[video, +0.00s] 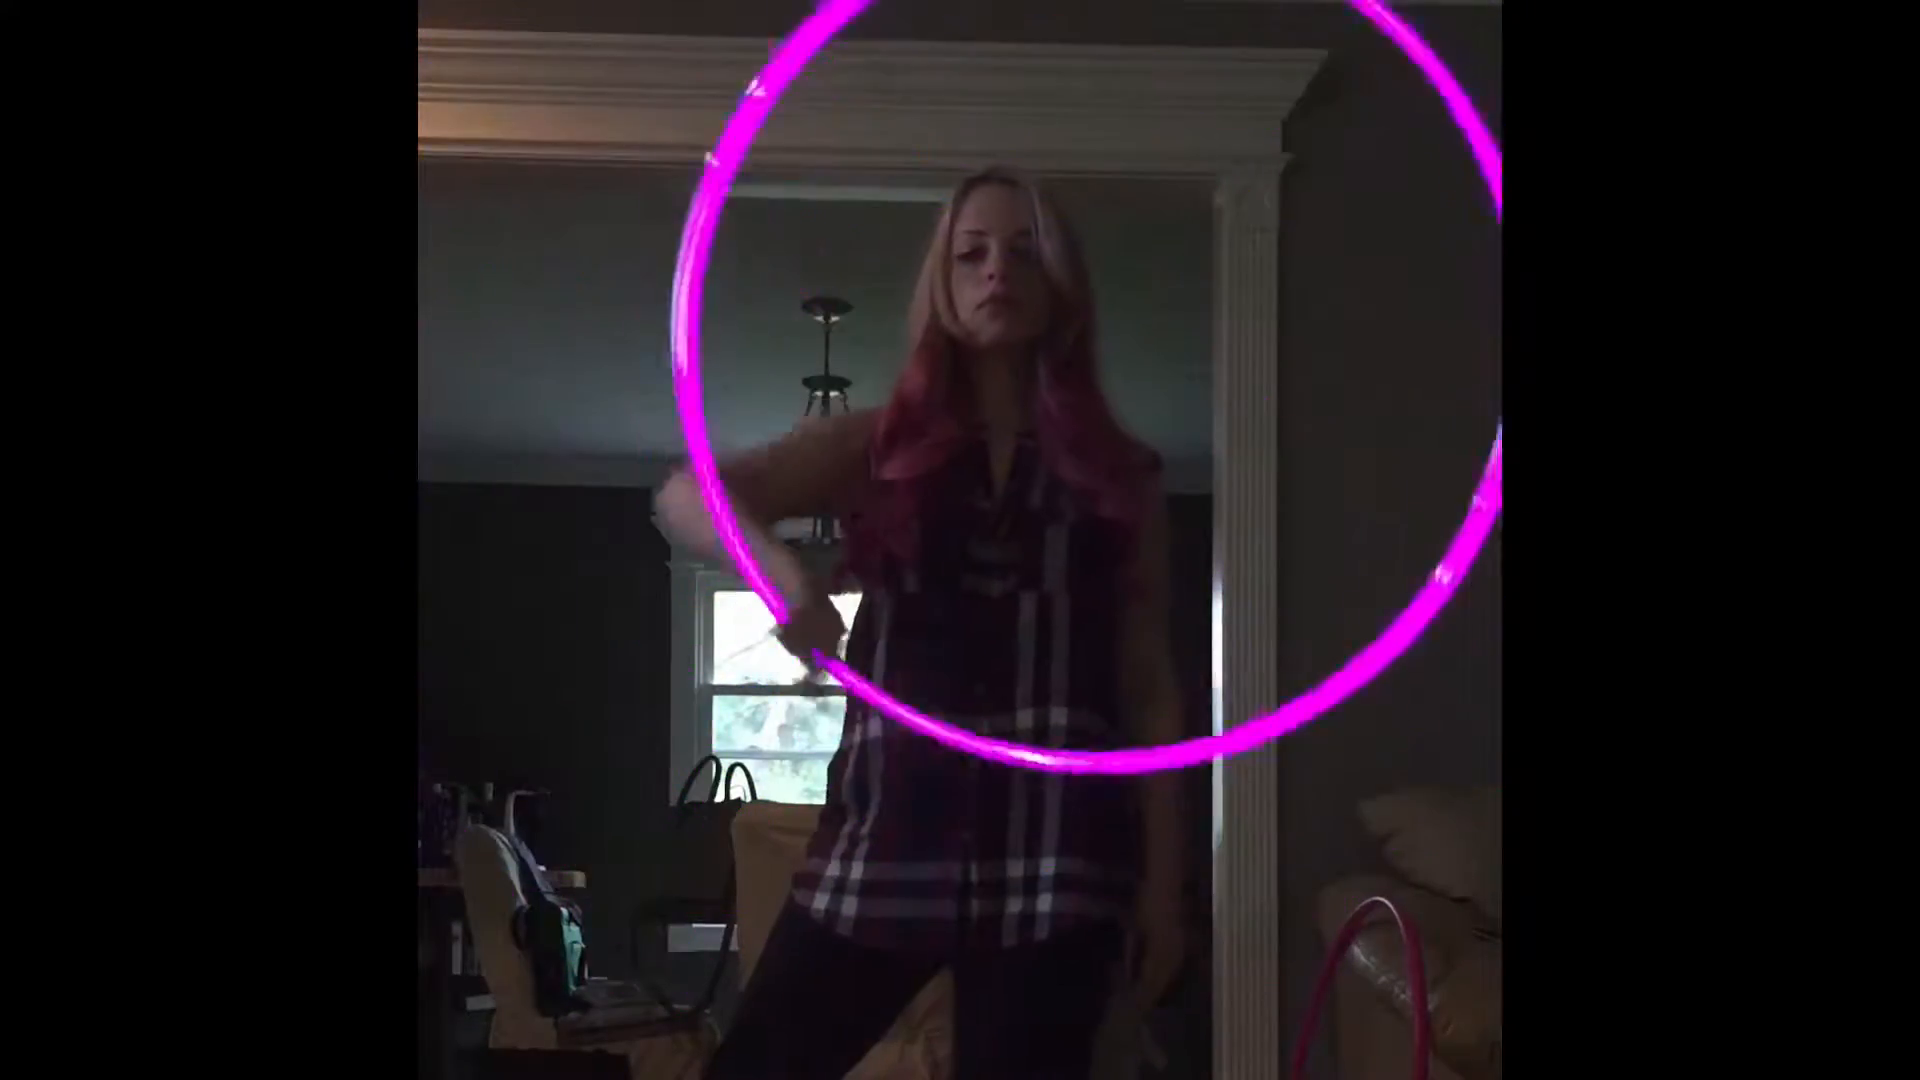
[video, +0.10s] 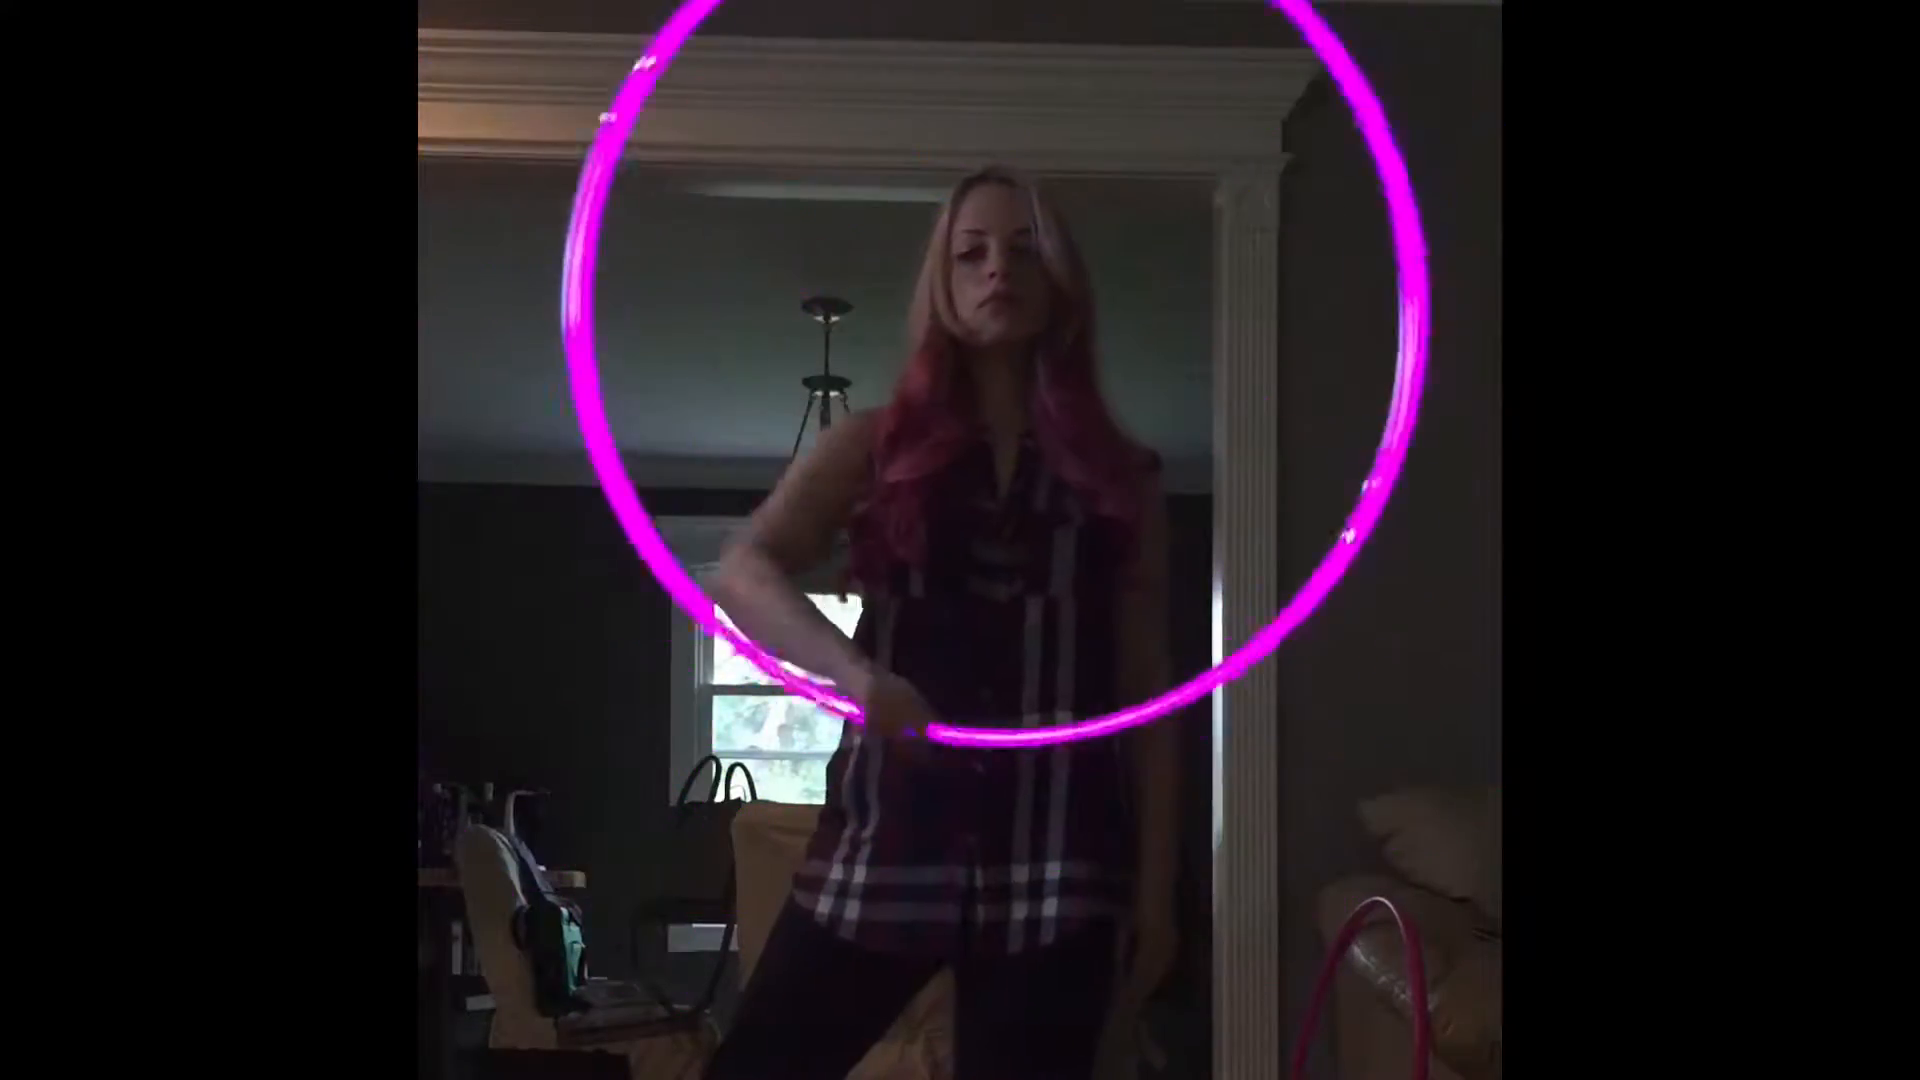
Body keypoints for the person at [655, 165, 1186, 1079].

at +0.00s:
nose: (998, 269)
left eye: (1024, 249)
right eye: (974, 251)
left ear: (1063, 279)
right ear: (940, 283)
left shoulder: (1118, 471)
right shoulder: (883, 442)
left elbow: (1152, 687)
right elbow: (684, 497)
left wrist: (1164, 891)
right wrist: (782, 574)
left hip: (1055, 869)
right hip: (888, 852)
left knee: (1021, 1070)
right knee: (750, 1068)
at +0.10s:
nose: (998, 268)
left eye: (1023, 247)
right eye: (973, 250)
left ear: (1061, 280)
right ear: (941, 282)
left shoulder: (1119, 471)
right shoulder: (879, 441)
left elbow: (1149, 691)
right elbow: (743, 572)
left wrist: (1156, 885)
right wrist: (859, 678)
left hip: (1058, 866)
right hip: (893, 855)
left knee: (1027, 1071)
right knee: (751, 1069)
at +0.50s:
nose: (994, 275)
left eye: (1016, 253)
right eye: (971, 257)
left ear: (1063, 279)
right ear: (940, 295)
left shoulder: (1136, 454)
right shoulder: (885, 437)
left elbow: (1172, 639)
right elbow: (893, 522)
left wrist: (1092, 424)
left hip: (1063, 848)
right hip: (897, 837)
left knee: (1024, 1066)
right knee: (774, 1061)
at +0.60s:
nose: (987, 284)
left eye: (1007, 256)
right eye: (963, 267)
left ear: (1065, 278)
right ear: (936, 299)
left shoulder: (1137, 443)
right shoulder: (920, 449)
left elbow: (1106, 522)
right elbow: (849, 515)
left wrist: (1037, 324)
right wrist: (883, 290)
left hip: (1060, 850)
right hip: (904, 841)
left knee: (997, 1062)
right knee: (793, 1064)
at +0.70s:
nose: (971, 287)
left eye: (997, 264)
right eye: (950, 274)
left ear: (1052, 284)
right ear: (934, 310)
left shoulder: (1140, 432)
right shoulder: (929, 449)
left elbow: (1051, 516)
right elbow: (824, 603)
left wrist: (922, 362)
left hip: (1067, 873)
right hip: (913, 864)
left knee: (979, 1064)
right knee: (817, 1062)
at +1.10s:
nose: (967, 287)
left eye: (986, 268)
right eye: (970, 268)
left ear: (1050, 275)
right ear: (1066, 279)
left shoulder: (1057, 390)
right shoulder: (1086, 391)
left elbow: (829, 462)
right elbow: (841, 459)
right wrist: (637, 476)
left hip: (1054, 844)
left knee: (992, 1059)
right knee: (1015, 1056)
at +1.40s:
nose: (1037, 262)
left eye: (1056, 239)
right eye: (1043, 239)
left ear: (1116, 248)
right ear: (1159, 256)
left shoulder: (1115, 356)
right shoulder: (1199, 387)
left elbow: (876, 247)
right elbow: (1271, 601)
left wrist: (692, 128)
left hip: (1135, 845)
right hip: (1198, 840)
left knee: (1046, 1060)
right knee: (1155, 1062)